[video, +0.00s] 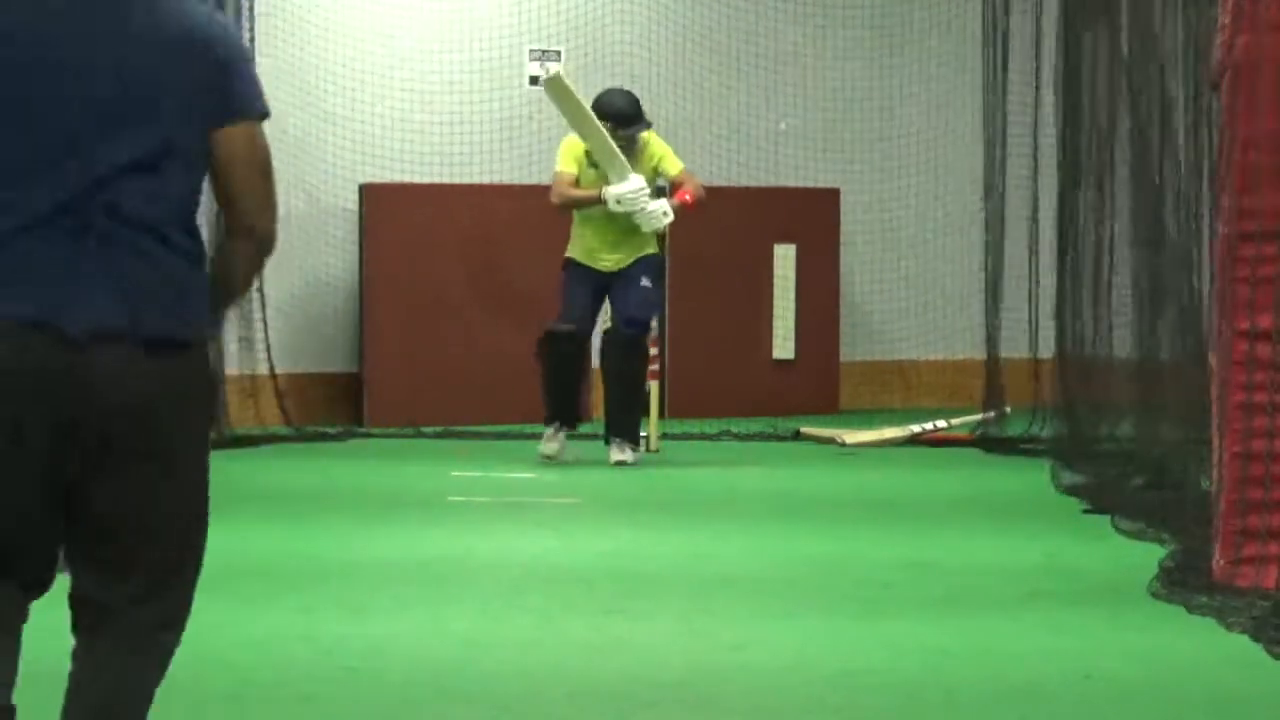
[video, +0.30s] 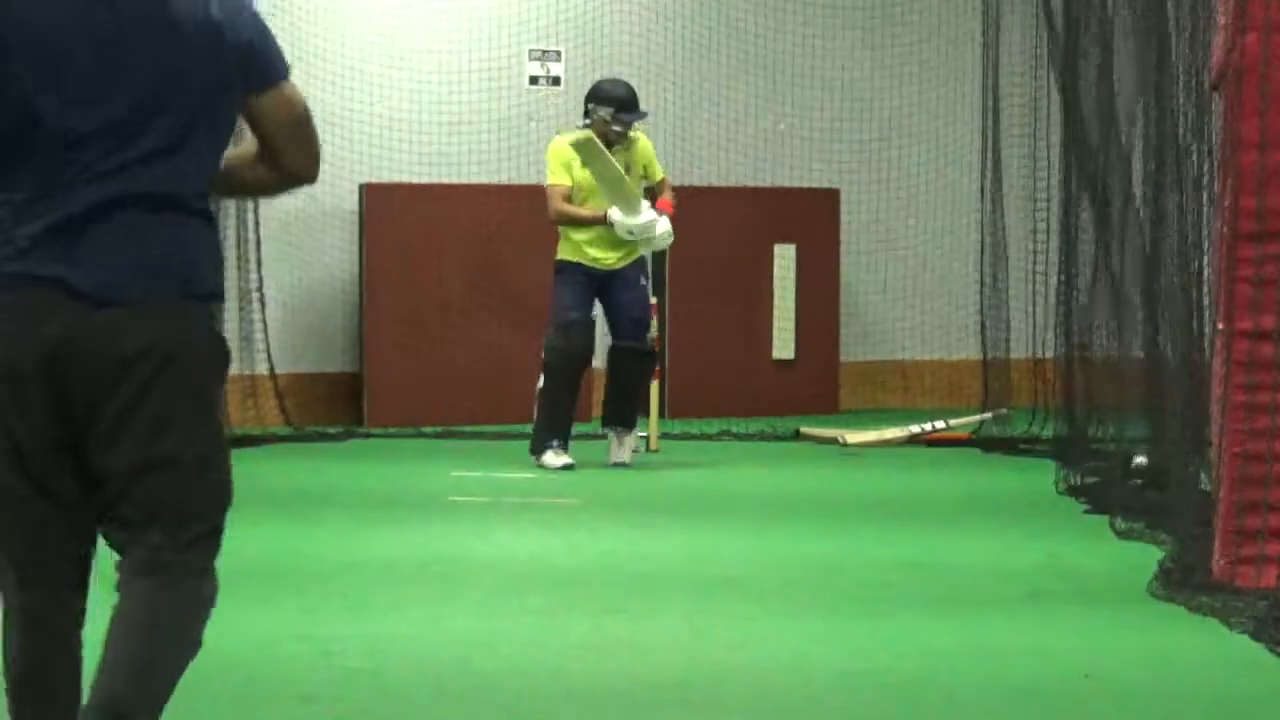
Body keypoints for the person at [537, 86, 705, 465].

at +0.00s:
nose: (629, 141)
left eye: (633, 134)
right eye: (621, 136)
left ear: (639, 127)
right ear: (601, 129)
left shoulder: (649, 145)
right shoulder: (576, 145)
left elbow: (693, 185)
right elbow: (559, 194)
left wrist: (671, 204)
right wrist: (606, 194)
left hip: (638, 257)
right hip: (586, 257)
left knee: (630, 337)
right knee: (569, 336)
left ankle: (623, 439)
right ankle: (559, 424)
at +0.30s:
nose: (627, 128)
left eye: (630, 121)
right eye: (620, 121)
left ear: (631, 119)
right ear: (596, 116)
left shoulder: (637, 145)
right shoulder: (565, 147)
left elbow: (662, 189)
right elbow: (557, 210)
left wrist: (661, 214)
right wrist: (608, 216)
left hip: (626, 261)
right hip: (576, 261)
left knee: (634, 342)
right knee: (568, 345)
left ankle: (623, 427)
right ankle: (551, 443)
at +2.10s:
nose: (613, 169)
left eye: (621, 160)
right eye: (605, 162)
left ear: (635, 159)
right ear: (595, 164)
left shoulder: (648, 195)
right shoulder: (605, 184)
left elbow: (659, 264)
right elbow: (613, 220)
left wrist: (623, 270)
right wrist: (606, 235)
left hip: (701, 254)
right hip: (672, 257)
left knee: (656, 330)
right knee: (639, 335)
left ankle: (669, 442)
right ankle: (663, 437)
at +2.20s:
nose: (612, 167)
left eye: (620, 159)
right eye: (604, 160)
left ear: (634, 159)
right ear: (595, 163)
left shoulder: (646, 192)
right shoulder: (612, 182)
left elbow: (642, 259)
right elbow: (608, 202)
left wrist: (599, 256)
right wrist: (589, 217)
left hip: (693, 261)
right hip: (659, 265)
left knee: (653, 339)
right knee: (625, 339)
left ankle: (667, 444)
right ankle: (652, 436)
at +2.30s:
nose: (615, 155)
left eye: (623, 148)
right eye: (607, 149)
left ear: (639, 148)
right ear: (598, 153)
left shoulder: (652, 174)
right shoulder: (608, 174)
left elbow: (624, 231)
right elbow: (598, 212)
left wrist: (580, 237)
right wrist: (571, 212)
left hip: (684, 265)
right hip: (645, 272)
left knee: (651, 340)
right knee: (610, 345)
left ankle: (667, 442)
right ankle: (639, 430)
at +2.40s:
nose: (617, 130)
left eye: (624, 123)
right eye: (609, 125)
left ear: (636, 121)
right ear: (598, 128)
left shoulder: (654, 136)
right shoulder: (595, 160)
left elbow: (646, 162)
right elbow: (589, 217)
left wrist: (606, 169)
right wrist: (579, 186)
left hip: (674, 255)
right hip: (625, 262)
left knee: (662, 332)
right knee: (606, 349)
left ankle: (668, 441)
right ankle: (633, 428)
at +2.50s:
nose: (604, 115)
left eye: (609, 107)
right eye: (597, 110)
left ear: (619, 104)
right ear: (587, 109)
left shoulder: (639, 124)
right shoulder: (578, 134)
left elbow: (654, 111)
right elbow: (601, 150)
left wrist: (632, 107)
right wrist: (618, 125)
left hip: (662, 232)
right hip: (616, 242)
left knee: (674, 330)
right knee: (615, 337)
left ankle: (671, 426)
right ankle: (604, 428)